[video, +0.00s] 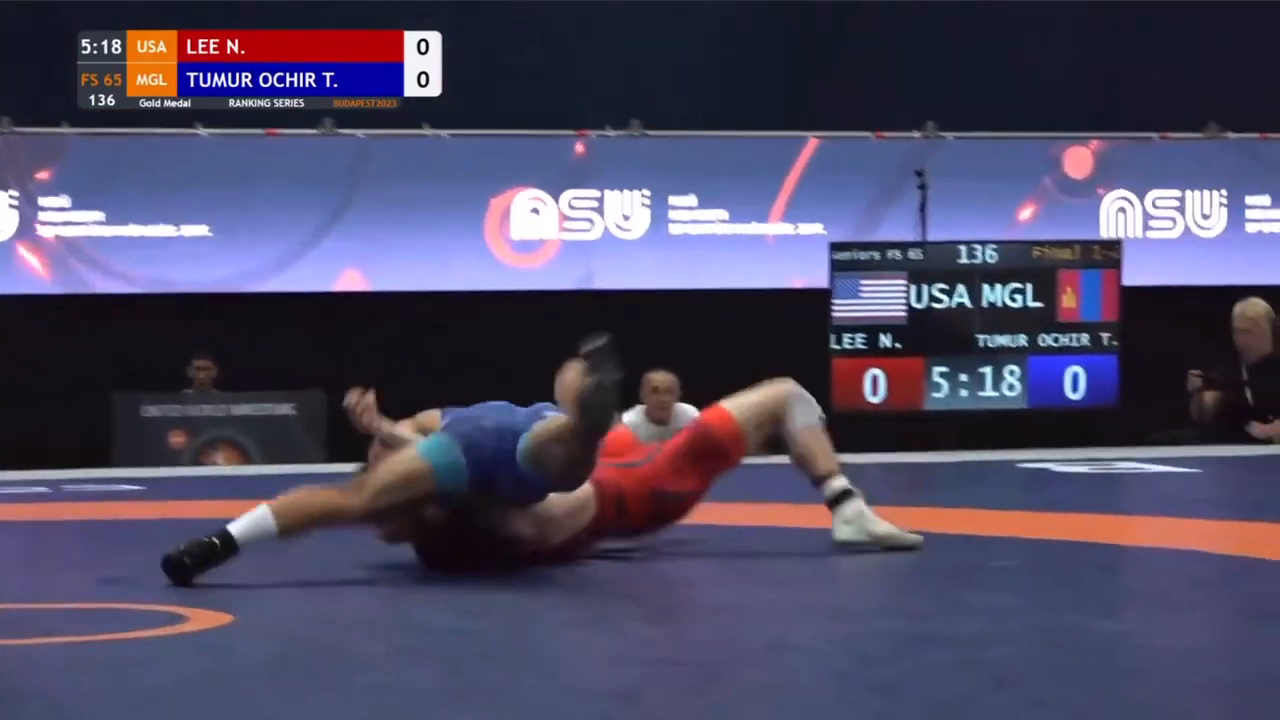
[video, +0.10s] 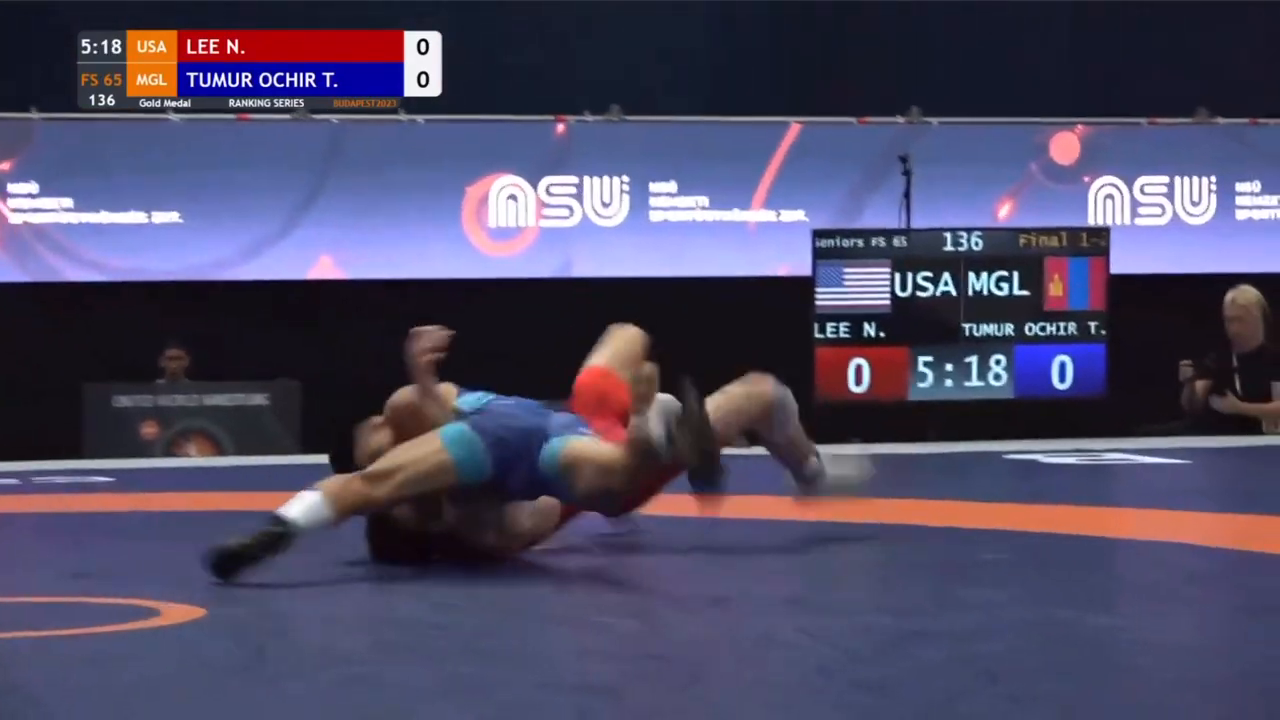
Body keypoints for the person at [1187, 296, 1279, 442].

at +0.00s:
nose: (1240, 340)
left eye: (1246, 332)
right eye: (1236, 332)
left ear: (1266, 330)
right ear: (1231, 332)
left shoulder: (1274, 371)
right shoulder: (1228, 370)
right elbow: (1204, 419)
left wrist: (1270, 431)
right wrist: (1198, 394)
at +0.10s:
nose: (1234, 328)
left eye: (1240, 320)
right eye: (1229, 321)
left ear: (1259, 319)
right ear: (1223, 322)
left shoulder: (1272, 358)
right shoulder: (1219, 359)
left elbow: (1276, 409)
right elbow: (1194, 407)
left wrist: (1239, 407)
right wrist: (1188, 384)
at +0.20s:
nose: (1241, 318)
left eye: (1248, 310)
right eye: (1236, 311)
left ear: (1267, 309)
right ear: (1230, 314)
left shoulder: (1273, 349)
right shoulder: (1223, 350)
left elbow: (1276, 399)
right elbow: (1196, 401)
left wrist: (1237, 389)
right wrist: (1194, 376)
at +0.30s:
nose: (1251, 311)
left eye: (1259, 303)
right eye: (1245, 304)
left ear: (1275, 303)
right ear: (1239, 307)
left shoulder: (1276, 343)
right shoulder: (1232, 345)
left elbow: (1276, 392)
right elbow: (1203, 397)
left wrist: (1243, 377)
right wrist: (1203, 368)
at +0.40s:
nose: (1263, 304)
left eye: (1270, 296)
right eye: (1257, 297)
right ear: (1248, 300)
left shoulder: (1275, 339)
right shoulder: (1243, 337)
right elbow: (1213, 390)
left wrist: (1254, 369)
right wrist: (1213, 364)